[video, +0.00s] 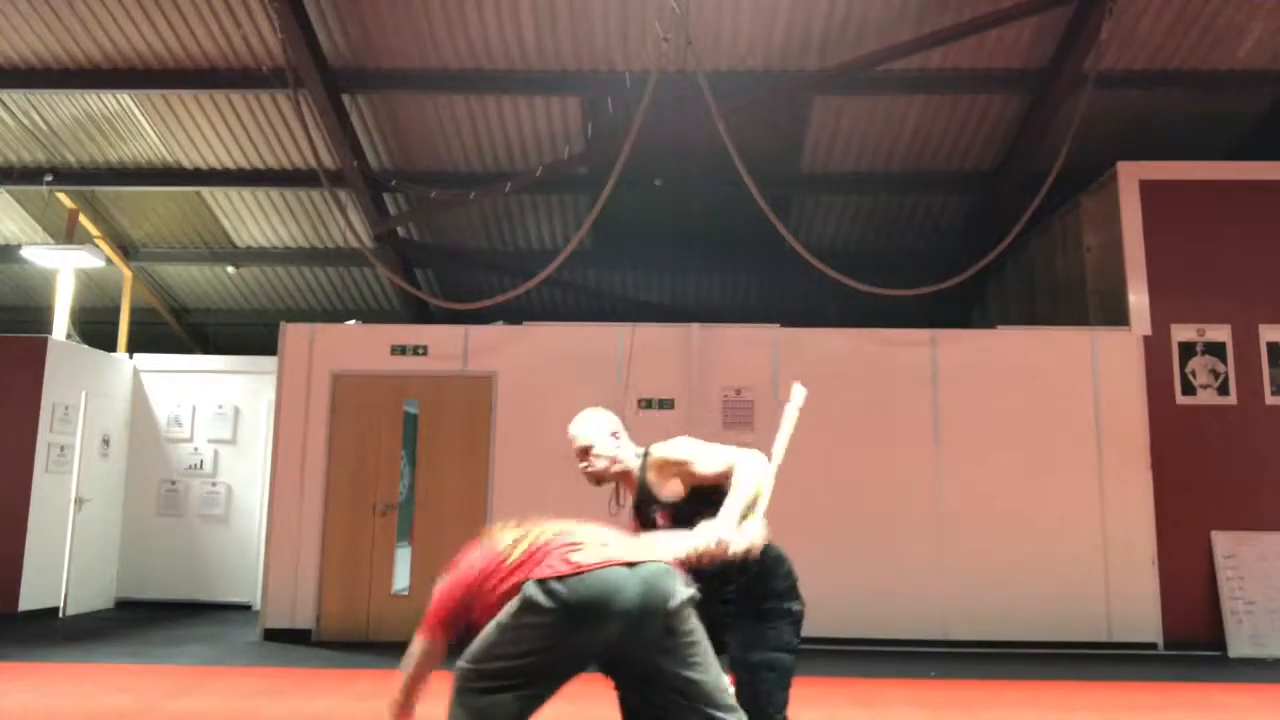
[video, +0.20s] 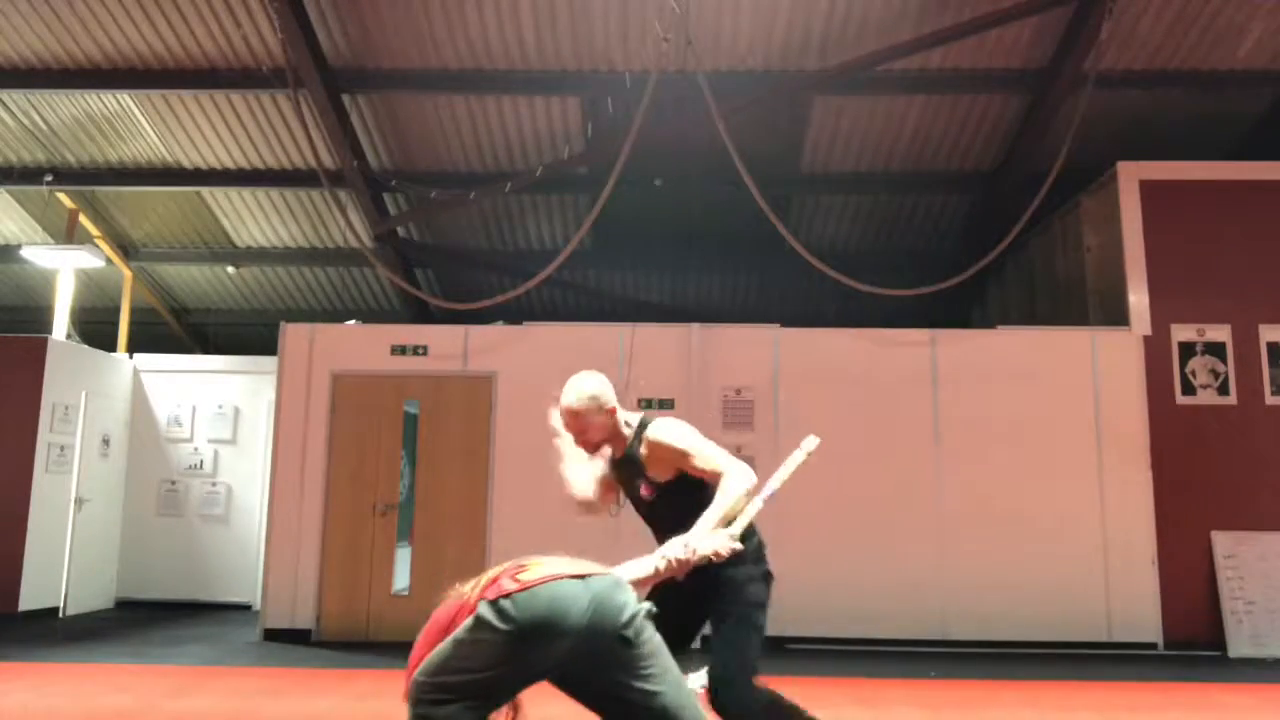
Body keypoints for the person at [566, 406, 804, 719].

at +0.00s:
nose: (581, 465)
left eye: (586, 452)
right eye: (578, 457)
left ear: (616, 438)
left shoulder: (669, 457)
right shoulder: (639, 501)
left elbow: (754, 464)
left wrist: (725, 522)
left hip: (760, 589)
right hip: (709, 593)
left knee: (762, 708)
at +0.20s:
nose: (574, 439)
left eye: (579, 429)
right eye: (571, 430)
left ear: (608, 412)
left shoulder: (662, 436)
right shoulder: (615, 457)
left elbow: (741, 476)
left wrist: (699, 534)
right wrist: (562, 439)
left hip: (735, 568)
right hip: (684, 571)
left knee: (730, 694)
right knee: (635, 669)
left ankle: (800, 716)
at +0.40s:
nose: (593, 401)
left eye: (601, 390)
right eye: (589, 391)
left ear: (632, 388)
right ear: (587, 391)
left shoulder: (691, 424)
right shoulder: (599, 445)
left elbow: (726, 497)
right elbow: (599, 522)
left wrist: (670, 553)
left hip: (708, 557)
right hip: (649, 563)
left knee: (714, 660)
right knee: (604, 651)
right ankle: (634, 714)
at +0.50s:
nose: (590, 416)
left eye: (593, 404)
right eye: (584, 408)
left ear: (619, 385)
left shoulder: (692, 424)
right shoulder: (591, 445)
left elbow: (718, 489)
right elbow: (597, 530)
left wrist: (678, 545)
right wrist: (627, 485)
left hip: (690, 564)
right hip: (628, 568)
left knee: (717, 663)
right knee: (560, 651)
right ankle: (532, 714)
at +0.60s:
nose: (556, 416)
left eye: (557, 404)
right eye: (550, 410)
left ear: (581, 384)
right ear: (555, 409)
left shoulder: (660, 417)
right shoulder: (575, 440)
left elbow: (720, 468)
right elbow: (573, 500)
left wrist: (698, 512)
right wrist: (593, 433)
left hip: (662, 568)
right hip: (603, 574)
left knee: (702, 659)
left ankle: (741, 714)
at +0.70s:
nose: (520, 423)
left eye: (520, 410)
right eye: (512, 418)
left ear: (544, 384)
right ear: (510, 418)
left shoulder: (624, 419)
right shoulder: (529, 451)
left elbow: (694, 459)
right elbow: (528, 535)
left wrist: (677, 490)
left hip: (633, 575)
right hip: (564, 579)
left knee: (678, 670)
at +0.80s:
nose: (494, 440)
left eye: (497, 426)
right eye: (486, 433)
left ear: (519, 404)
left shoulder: (580, 443)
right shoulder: (511, 458)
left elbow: (669, 461)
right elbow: (517, 525)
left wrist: (656, 487)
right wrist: (495, 538)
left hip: (609, 578)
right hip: (552, 580)